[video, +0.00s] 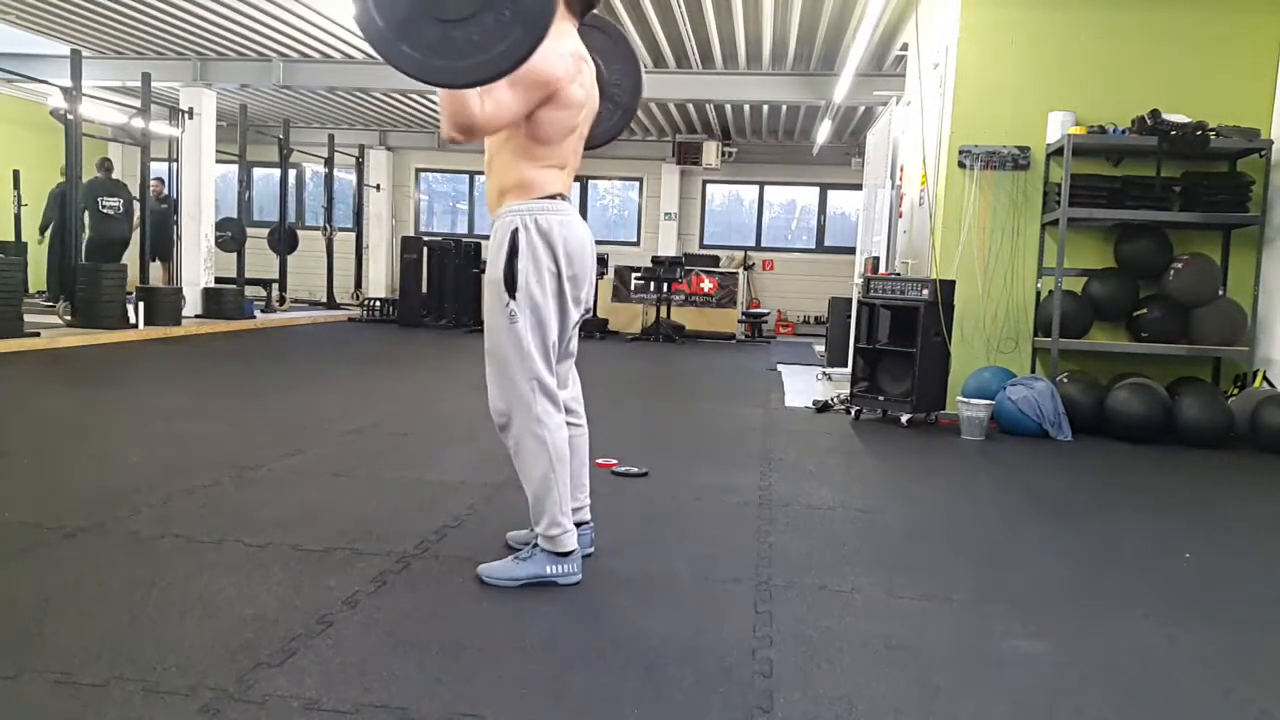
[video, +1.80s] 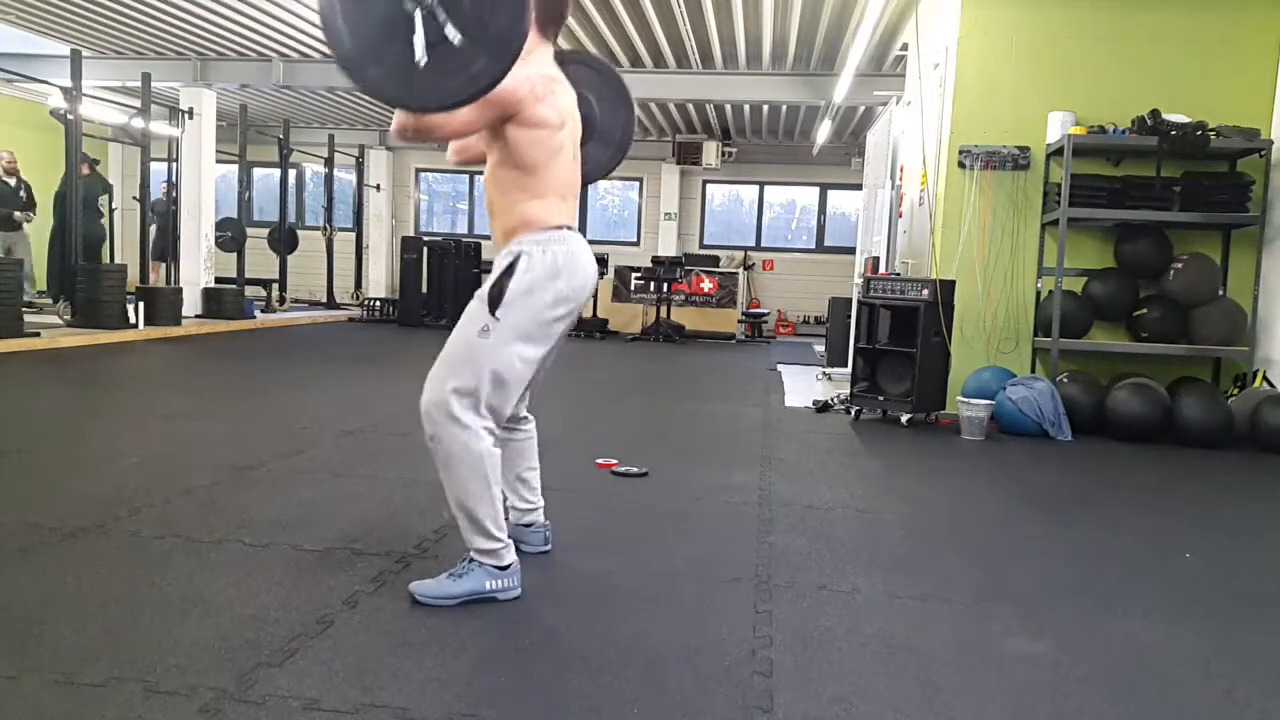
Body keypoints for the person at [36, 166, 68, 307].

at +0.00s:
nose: (63, 174)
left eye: (63, 172)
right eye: (65, 172)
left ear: (62, 173)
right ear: (74, 173)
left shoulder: (58, 190)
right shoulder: (81, 189)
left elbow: (50, 212)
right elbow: (85, 209)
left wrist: (42, 230)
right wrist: (84, 227)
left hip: (60, 232)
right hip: (77, 231)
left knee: (55, 262)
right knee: (73, 263)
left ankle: (54, 296)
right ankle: (71, 297)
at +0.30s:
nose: (54, 177)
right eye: (55, 174)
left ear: (43, 173)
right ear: (57, 174)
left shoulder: (41, 189)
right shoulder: (62, 189)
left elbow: (34, 211)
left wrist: (25, 229)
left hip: (47, 232)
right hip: (61, 232)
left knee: (37, 261)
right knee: (54, 262)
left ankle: (52, 288)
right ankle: (47, 293)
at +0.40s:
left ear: (37, 172)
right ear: (51, 172)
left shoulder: (34, 188)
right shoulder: (59, 188)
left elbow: (28, 211)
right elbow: (64, 211)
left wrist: (19, 230)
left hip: (42, 232)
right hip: (58, 231)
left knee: (24, 258)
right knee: (48, 260)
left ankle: (42, 289)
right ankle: (50, 291)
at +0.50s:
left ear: (31, 171)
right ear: (45, 171)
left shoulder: (27, 187)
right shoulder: (54, 189)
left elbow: (20, 210)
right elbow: (60, 211)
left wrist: (15, 229)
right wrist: (57, 228)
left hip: (34, 232)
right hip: (51, 232)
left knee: (19, 261)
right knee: (49, 265)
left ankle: (20, 291)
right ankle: (50, 293)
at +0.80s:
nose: (28, 173)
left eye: (26, 171)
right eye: (28, 171)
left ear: (13, 170)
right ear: (27, 171)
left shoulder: (3, 186)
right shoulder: (33, 189)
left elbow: (2, 210)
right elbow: (41, 213)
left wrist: (6, 223)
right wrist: (45, 232)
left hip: (10, 230)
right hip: (32, 231)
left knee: (9, 267)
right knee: (39, 265)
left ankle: (9, 299)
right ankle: (44, 296)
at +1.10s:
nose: (24, 169)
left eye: (24, 166)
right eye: (23, 166)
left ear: (8, 166)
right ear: (19, 167)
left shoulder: (3, 181)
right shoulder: (13, 185)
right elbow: (19, 210)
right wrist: (27, 231)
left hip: (3, 228)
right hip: (12, 230)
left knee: (5, 263)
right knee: (20, 263)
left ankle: (5, 291)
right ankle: (20, 289)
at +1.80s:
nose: (13, 165)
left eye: (14, 162)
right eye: (9, 162)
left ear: (17, 163)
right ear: (1, 164)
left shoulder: (24, 184)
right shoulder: (1, 183)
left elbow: (32, 204)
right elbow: (1, 209)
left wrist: (28, 214)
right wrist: (12, 214)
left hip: (18, 232)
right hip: (3, 232)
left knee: (25, 266)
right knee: (2, 269)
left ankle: (26, 297)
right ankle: (3, 298)